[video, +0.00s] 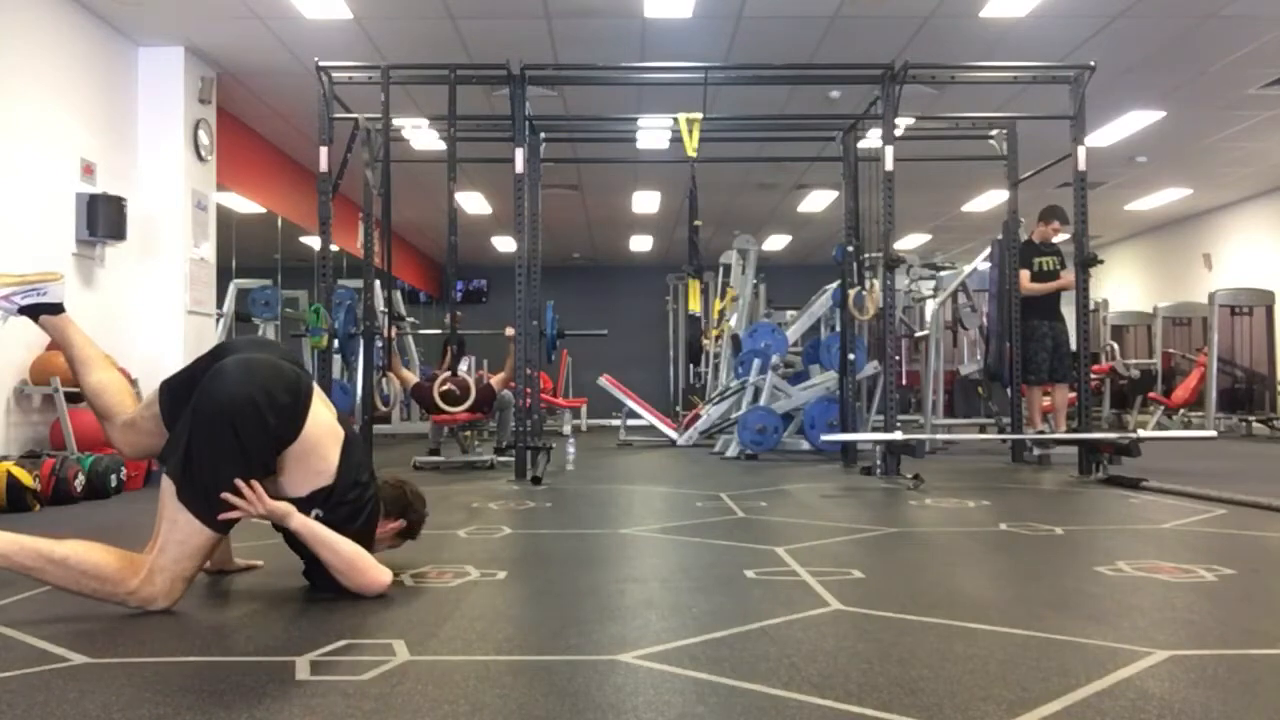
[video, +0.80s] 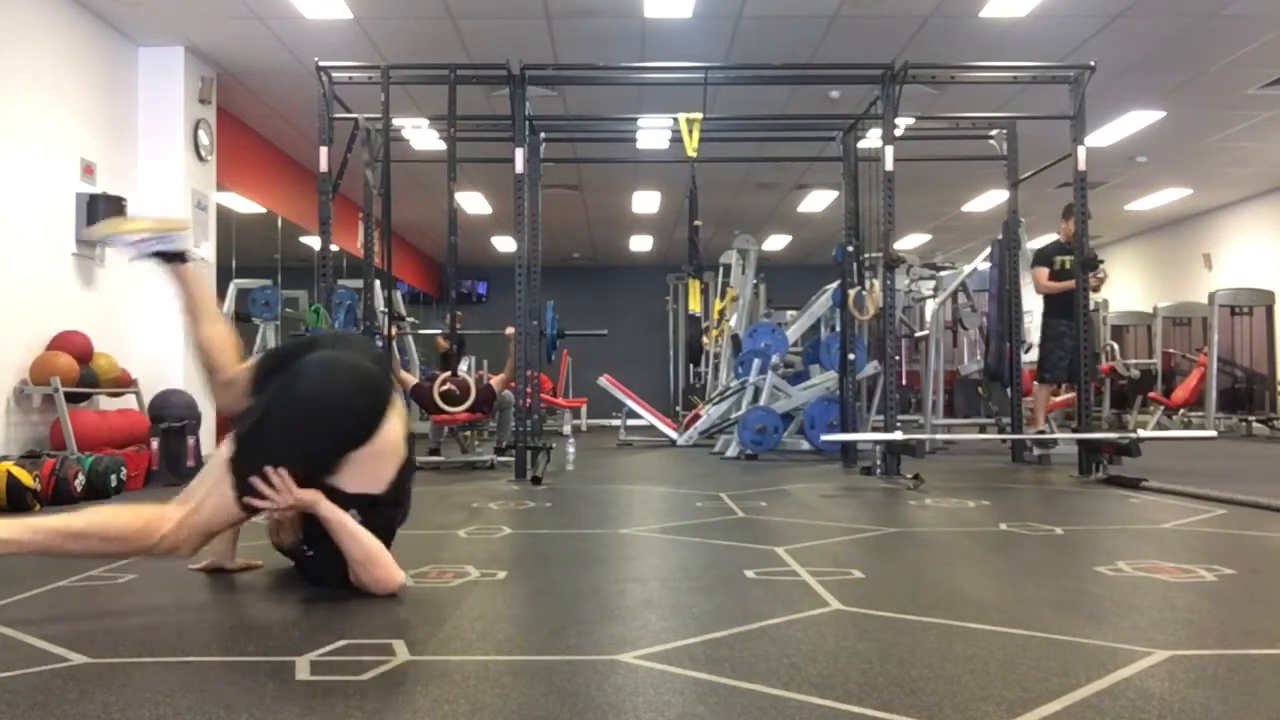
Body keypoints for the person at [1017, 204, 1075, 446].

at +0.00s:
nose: (1056, 235)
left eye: (1059, 231)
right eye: (1055, 230)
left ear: (1049, 228)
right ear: (1042, 225)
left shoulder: (1055, 251)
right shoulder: (1024, 250)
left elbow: (1062, 279)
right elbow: (1024, 287)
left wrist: (1075, 278)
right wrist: (1059, 283)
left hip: (1055, 317)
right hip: (1033, 319)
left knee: (1061, 376)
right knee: (1036, 377)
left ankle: (1061, 428)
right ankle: (1037, 427)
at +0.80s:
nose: (1079, 229)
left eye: (1082, 224)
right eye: (1075, 223)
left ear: (1085, 226)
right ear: (1064, 222)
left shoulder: (1085, 252)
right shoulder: (1045, 253)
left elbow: (1092, 285)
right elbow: (1041, 286)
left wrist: (1097, 281)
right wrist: (1074, 283)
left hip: (1081, 319)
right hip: (1056, 320)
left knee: (1083, 375)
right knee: (1049, 376)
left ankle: (1083, 423)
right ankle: (1039, 425)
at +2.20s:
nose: (1080, 222)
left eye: (1083, 217)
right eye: (1075, 217)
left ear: (1088, 219)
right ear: (1066, 220)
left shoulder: (1096, 250)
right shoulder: (1054, 251)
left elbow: (1110, 284)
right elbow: (1032, 282)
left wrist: (1098, 267)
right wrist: (1046, 306)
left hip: (1090, 320)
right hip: (1063, 320)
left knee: (1090, 376)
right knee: (1058, 377)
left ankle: (1087, 425)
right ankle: (1054, 428)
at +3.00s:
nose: (1081, 223)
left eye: (1084, 218)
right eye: (1076, 218)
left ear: (1088, 220)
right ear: (1065, 221)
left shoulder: (1093, 249)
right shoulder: (1052, 251)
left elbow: (1112, 279)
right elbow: (1031, 281)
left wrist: (1097, 257)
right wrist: (1053, 293)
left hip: (1089, 321)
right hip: (1062, 321)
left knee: (1089, 377)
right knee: (1057, 377)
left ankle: (1087, 425)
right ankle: (1054, 428)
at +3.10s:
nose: (1081, 223)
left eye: (1085, 218)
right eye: (1076, 219)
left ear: (1089, 220)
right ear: (1065, 221)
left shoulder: (1091, 250)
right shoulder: (1051, 252)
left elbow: (1111, 277)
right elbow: (1038, 281)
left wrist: (1096, 255)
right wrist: (1068, 266)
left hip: (1089, 320)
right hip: (1062, 320)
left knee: (1089, 376)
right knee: (1058, 377)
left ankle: (1087, 424)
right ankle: (1054, 428)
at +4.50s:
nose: (1080, 223)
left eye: (1085, 217)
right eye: (1075, 217)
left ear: (1090, 222)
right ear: (1066, 220)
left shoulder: (1093, 248)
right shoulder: (1057, 245)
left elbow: (1128, 253)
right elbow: (1043, 253)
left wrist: (1106, 230)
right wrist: (1058, 229)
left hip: (1088, 318)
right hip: (1063, 317)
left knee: (1088, 376)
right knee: (1058, 376)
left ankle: (1086, 425)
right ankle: (1055, 427)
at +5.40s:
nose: (1080, 219)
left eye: (1083, 215)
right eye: (1076, 214)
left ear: (1087, 221)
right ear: (1066, 220)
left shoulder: (1092, 248)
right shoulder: (1056, 246)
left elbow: (1126, 244)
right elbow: (1040, 245)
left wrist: (1100, 221)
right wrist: (1057, 221)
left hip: (1086, 316)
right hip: (1061, 316)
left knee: (1087, 373)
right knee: (1058, 376)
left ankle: (1086, 424)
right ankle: (1054, 427)